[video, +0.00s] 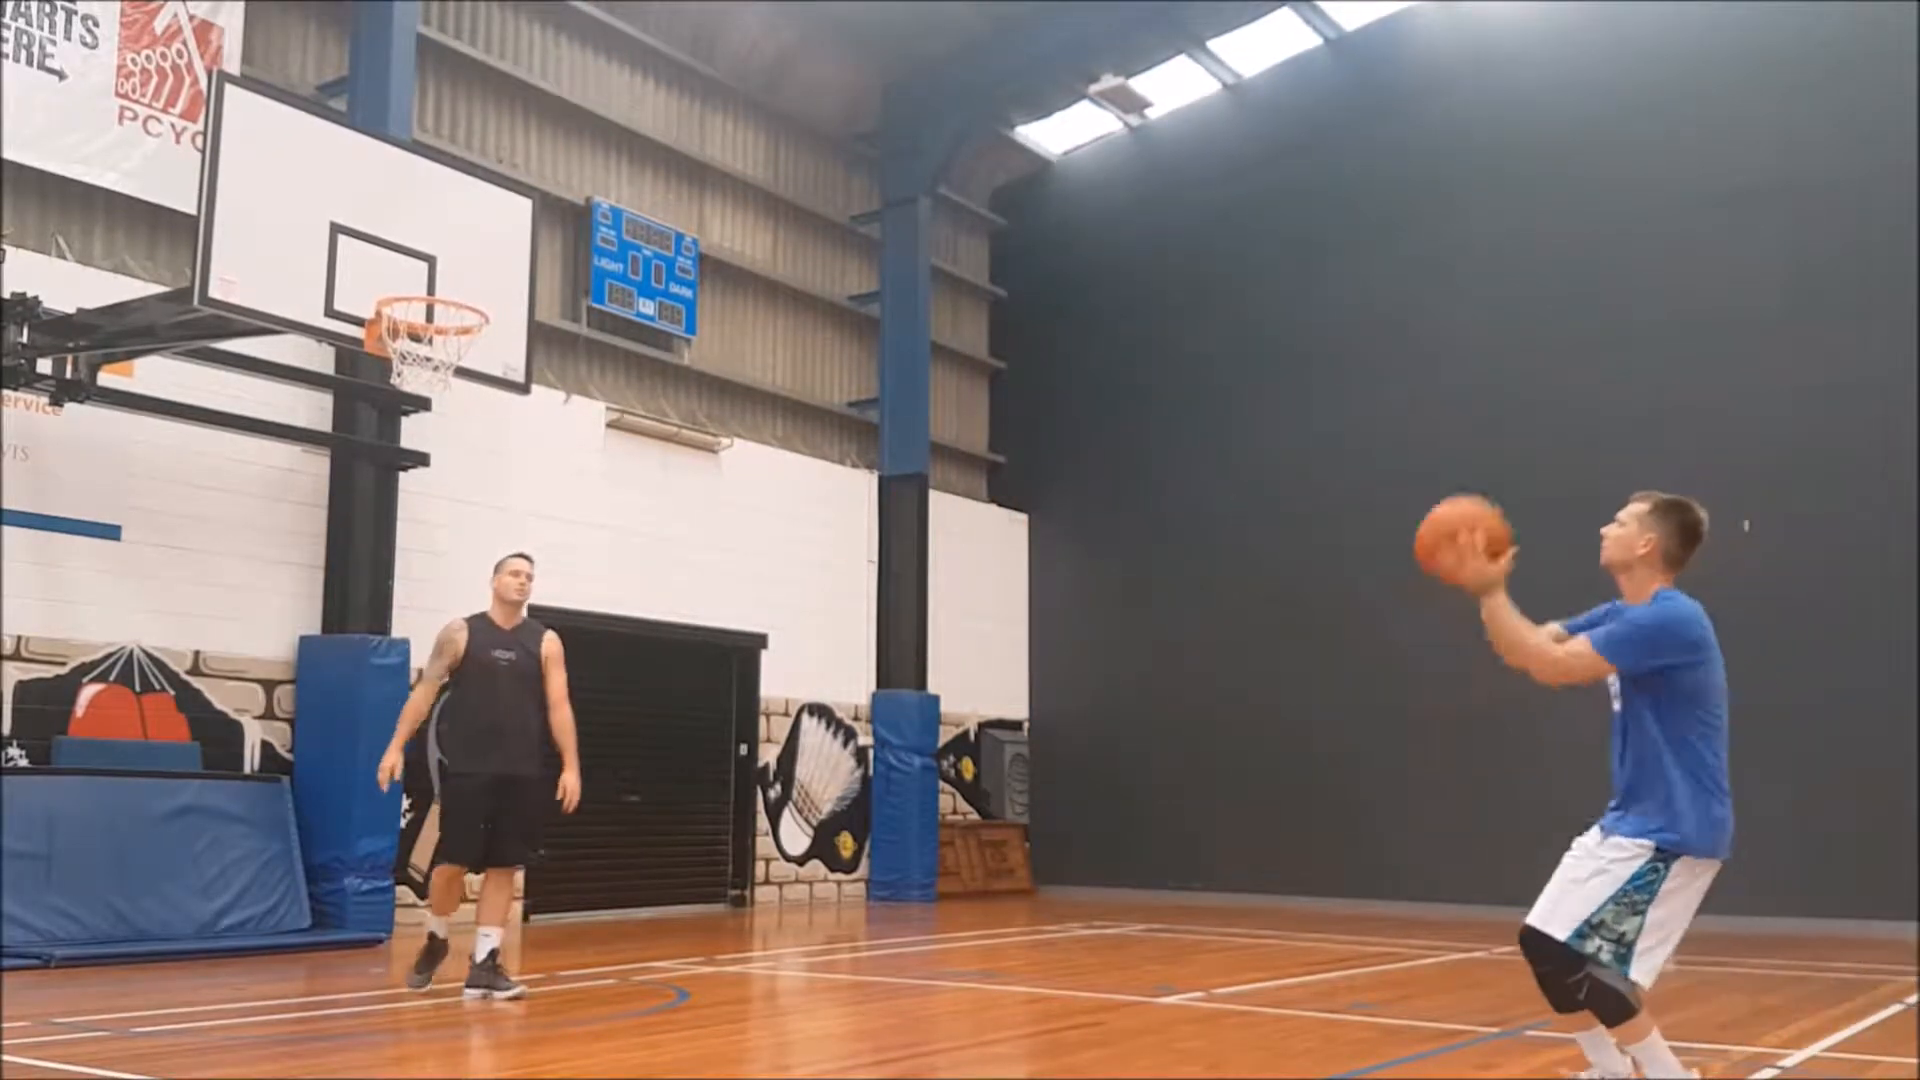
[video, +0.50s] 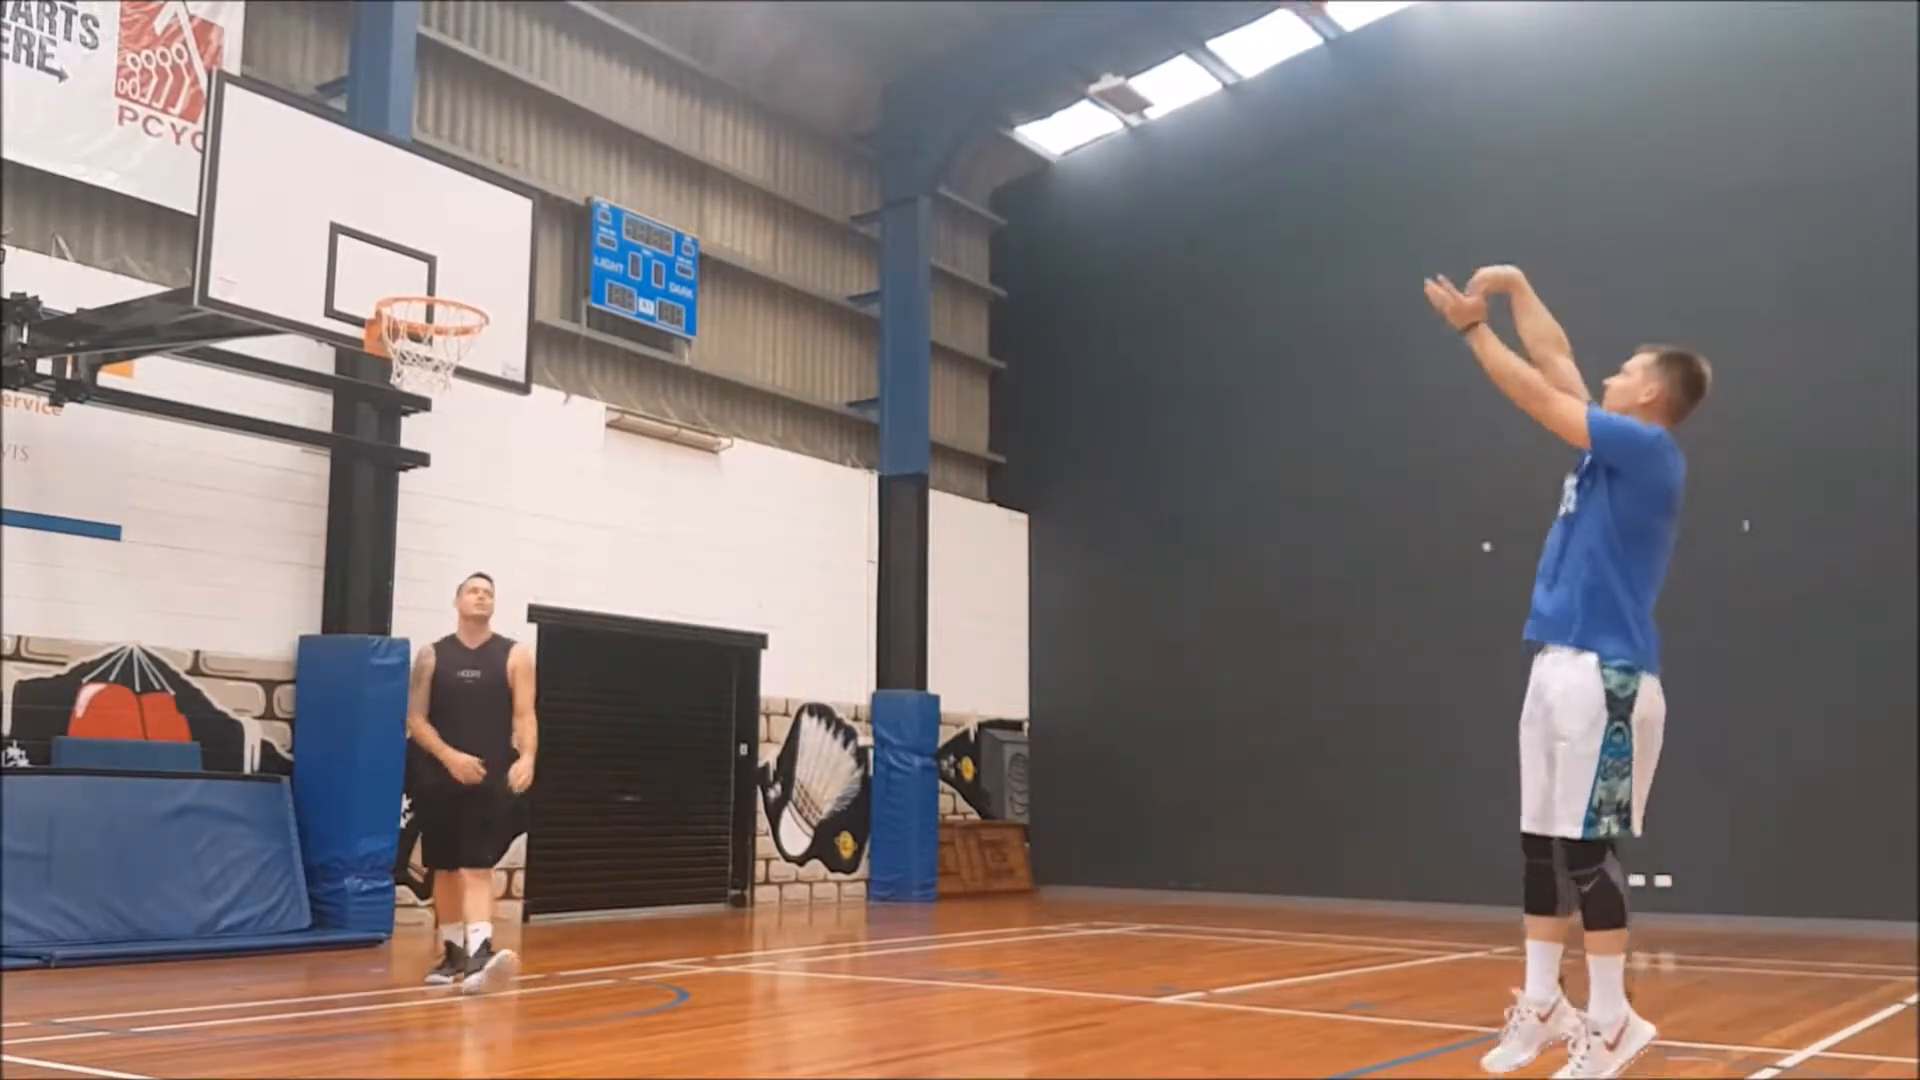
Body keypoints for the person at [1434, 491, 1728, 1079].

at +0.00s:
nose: (1603, 530)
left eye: (1616, 522)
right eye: (1611, 520)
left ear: (1646, 543)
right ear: (1644, 545)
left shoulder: (1672, 619)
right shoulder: (1623, 614)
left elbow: (1555, 665)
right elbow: (1525, 649)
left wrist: (1490, 591)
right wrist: (1486, 587)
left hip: (1677, 830)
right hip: (1630, 818)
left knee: (1584, 960)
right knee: (1544, 940)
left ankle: (1668, 1072)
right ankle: (1611, 1070)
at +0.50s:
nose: (1615, 371)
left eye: (1630, 366)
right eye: (1625, 364)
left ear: (1654, 390)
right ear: (1645, 390)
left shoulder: (1646, 447)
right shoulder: (1614, 439)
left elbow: (1542, 400)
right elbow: (1556, 360)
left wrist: (1473, 329)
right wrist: (1517, 284)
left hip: (1606, 678)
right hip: (1556, 669)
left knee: (1586, 850)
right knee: (1540, 844)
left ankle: (1612, 1018)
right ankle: (1541, 1003)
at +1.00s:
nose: (1628, 445)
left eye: (1644, 439)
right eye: (1639, 436)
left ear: (1669, 464)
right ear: (1665, 466)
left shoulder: (1673, 540)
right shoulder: (1629, 520)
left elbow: (1562, 603)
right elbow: (1570, 470)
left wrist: (1482, 551)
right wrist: (1523, 403)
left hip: (1642, 763)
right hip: (1588, 748)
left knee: (1631, 915)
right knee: (1500, 863)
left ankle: (1654, 1069)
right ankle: (1457, 1021)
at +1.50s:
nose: (1650, 450)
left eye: (1664, 444)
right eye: (1659, 442)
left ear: (1692, 469)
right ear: (1689, 472)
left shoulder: (1698, 546)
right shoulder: (1657, 531)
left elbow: (1727, 660)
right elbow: (1591, 487)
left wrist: (1738, 767)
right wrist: (1540, 432)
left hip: (1682, 771)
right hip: (1647, 763)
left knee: (1657, 924)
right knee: (1644, 918)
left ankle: (1654, 1071)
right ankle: (1748, 1055)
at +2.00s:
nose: (1717, 472)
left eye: (1728, 461)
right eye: (1722, 461)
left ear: (1762, 474)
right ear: (1767, 478)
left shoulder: (1771, 544)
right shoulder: (1792, 543)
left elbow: (1773, 654)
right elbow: (1744, 670)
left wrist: (1710, 741)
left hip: (1792, 759)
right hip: (1818, 759)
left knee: (1725, 904)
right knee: (1788, 918)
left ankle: (1772, 1066)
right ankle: (1810, 1065)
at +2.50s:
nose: (1825, 483)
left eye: (1836, 469)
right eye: (1829, 469)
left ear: (1874, 478)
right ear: (1882, 480)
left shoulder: (1872, 553)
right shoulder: (1905, 546)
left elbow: (1870, 668)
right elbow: (1872, 668)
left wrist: (1789, 733)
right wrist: (1794, 733)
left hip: (1906, 785)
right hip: (1903, 784)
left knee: (1870, 916)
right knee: (1863, 914)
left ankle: (1841, 1066)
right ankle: (1840, 1065)